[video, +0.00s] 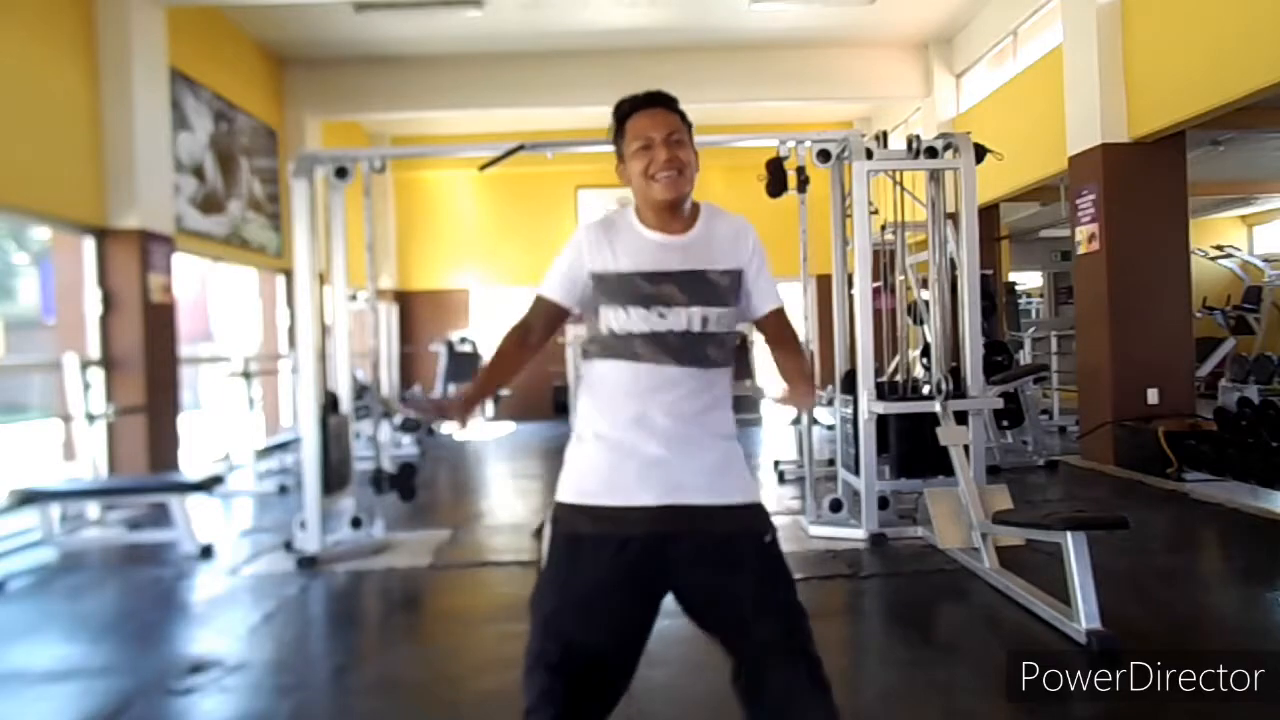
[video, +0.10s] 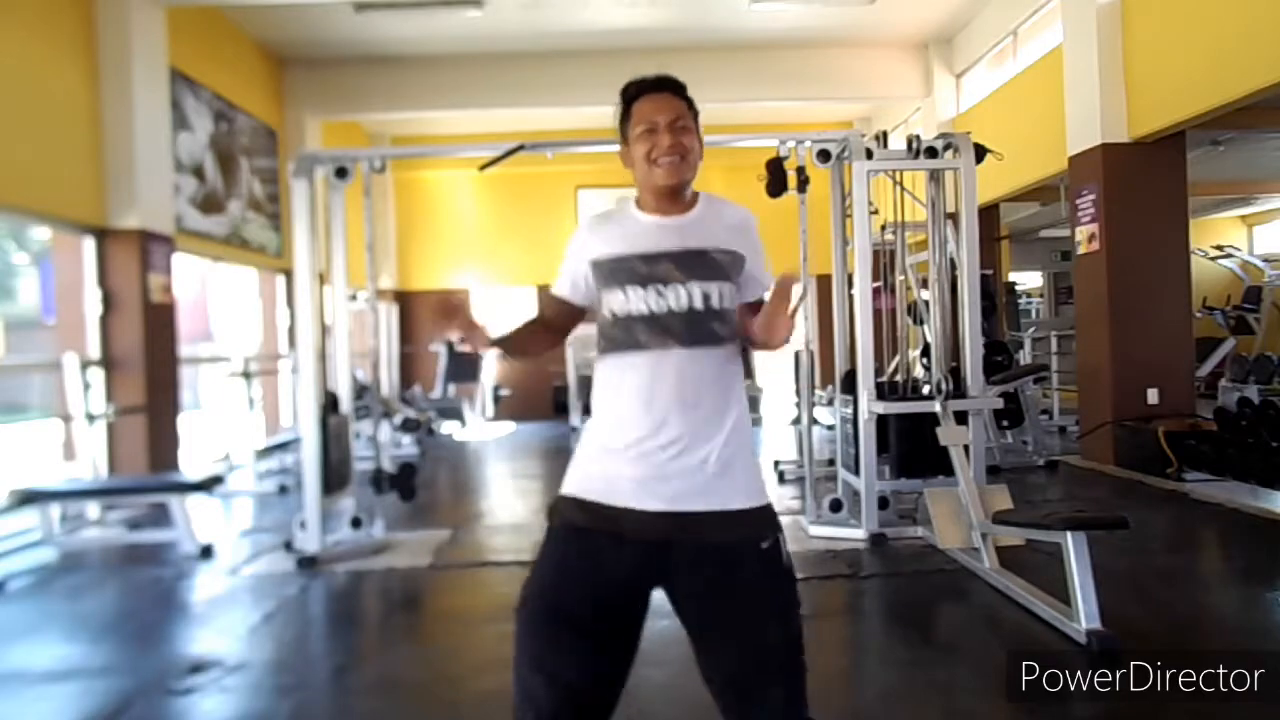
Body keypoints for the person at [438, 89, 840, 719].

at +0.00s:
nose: (666, 156)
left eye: (676, 141)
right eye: (646, 147)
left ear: (696, 152)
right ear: (623, 169)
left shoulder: (735, 239)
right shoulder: (594, 243)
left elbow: (776, 327)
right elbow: (535, 329)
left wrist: (799, 379)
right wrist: (474, 393)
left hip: (715, 496)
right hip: (603, 498)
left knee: (786, 671)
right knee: (561, 686)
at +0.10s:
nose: (668, 141)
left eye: (681, 127)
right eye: (649, 132)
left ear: (700, 141)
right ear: (627, 154)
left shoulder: (736, 226)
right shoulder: (597, 236)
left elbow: (755, 323)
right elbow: (551, 327)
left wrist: (770, 328)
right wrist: (494, 341)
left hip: (724, 497)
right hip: (607, 496)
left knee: (769, 693)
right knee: (554, 686)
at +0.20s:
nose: (665, 131)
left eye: (679, 118)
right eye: (647, 120)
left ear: (698, 134)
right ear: (623, 139)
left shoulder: (726, 225)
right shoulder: (588, 215)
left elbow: (742, 330)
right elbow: (562, 328)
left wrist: (810, 332)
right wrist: (557, 319)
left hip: (720, 494)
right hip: (604, 493)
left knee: (778, 689)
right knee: (555, 692)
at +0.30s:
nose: (663, 136)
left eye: (676, 124)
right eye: (644, 126)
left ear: (694, 143)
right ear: (620, 147)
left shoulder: (723, 241)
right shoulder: (583, 226)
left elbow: (767, 343)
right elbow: (540, 323)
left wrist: (834, 383)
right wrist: (535, 370)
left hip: (717, 496)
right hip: (597, 499)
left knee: (794, 674)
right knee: (553, 698)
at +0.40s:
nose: (664, 148)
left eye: (678, 136)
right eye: (646, 139)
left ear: (697, 153)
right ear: (624, 161)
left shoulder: (736, 238)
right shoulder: (593, 245)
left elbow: (784, 334)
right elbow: (535, 341)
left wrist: (795, 374)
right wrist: (472, 407)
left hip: (724, 508)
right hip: (603, 511)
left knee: (791, 689)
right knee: (553, 696)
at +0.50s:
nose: (668, 132)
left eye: (683, 120)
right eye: (651, 123)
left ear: (704, 142)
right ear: (630, 148)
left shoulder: (738, 223)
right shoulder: (595, 235)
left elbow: (762, 328)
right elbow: (552, 334)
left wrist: (783, 324)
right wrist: (490, 352)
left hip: (731, 497)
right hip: (611, 494)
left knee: (774, 696)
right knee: (546, 686)